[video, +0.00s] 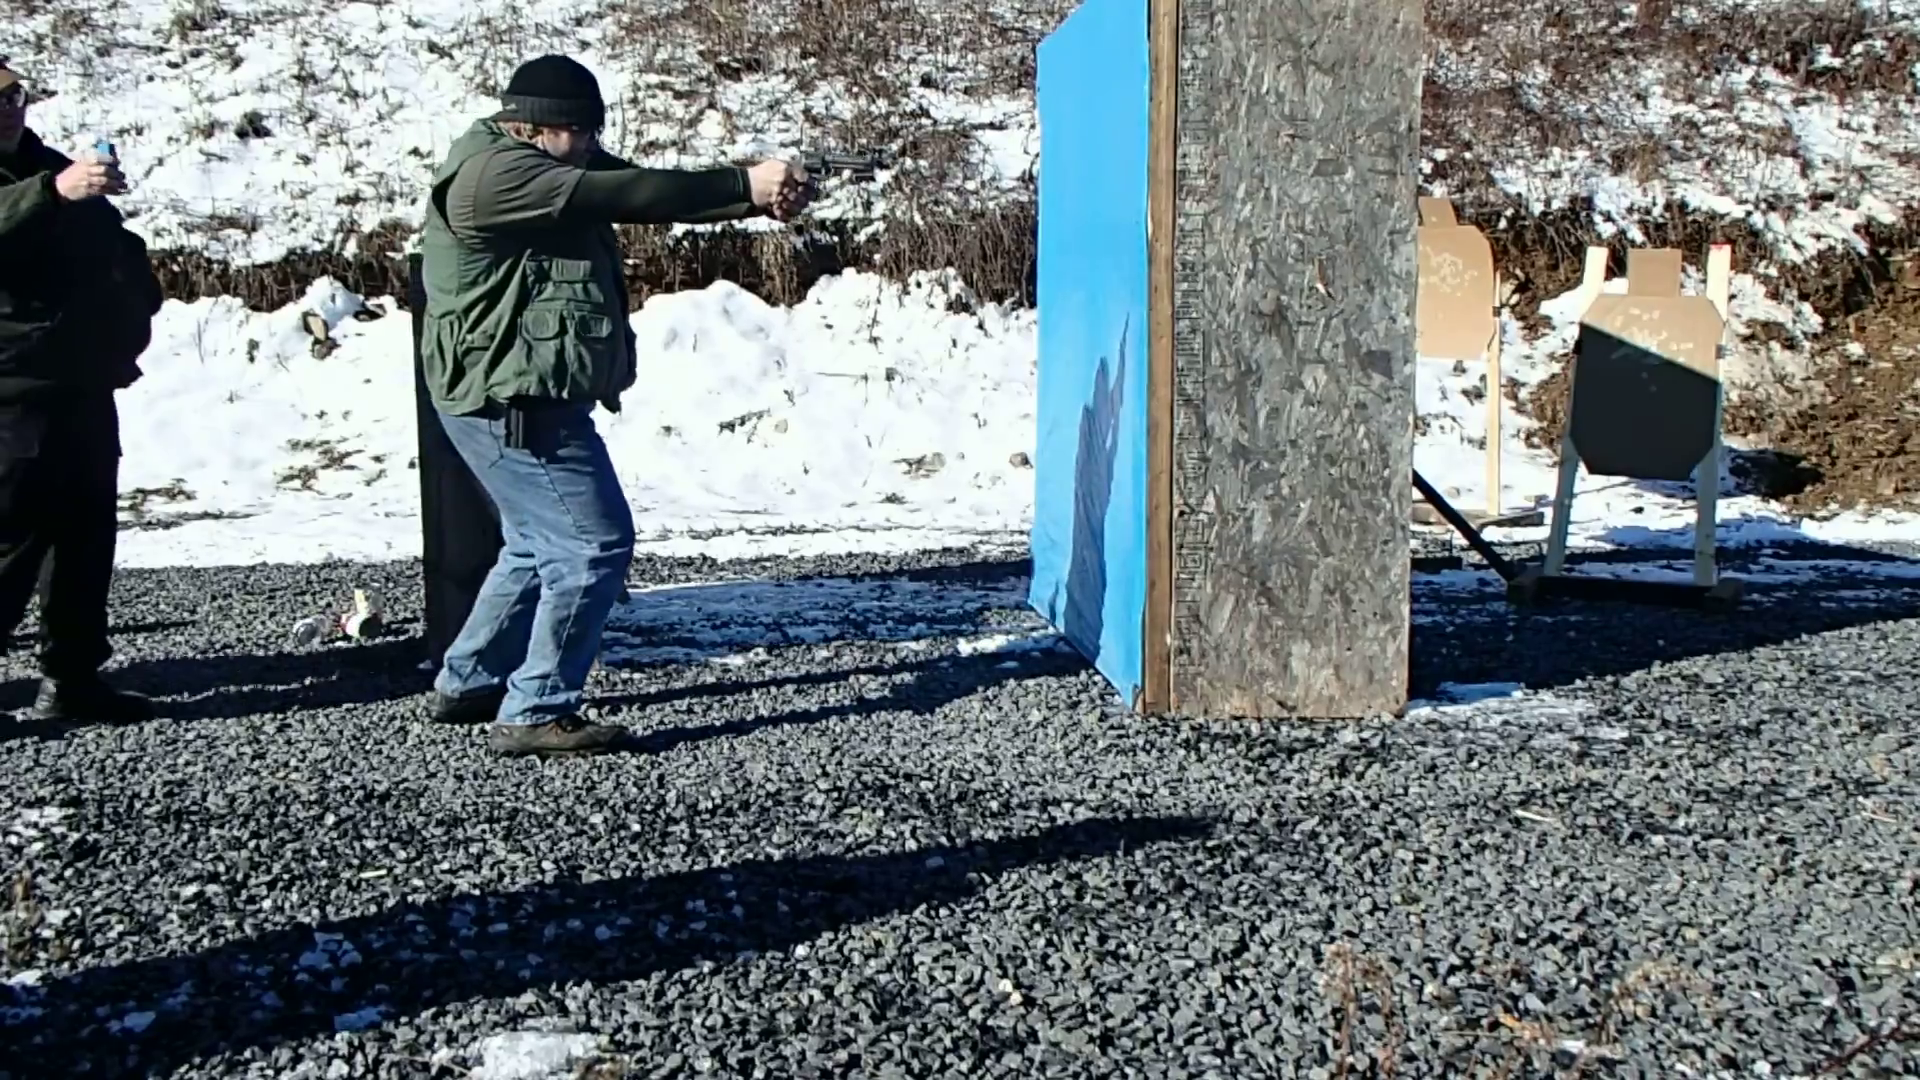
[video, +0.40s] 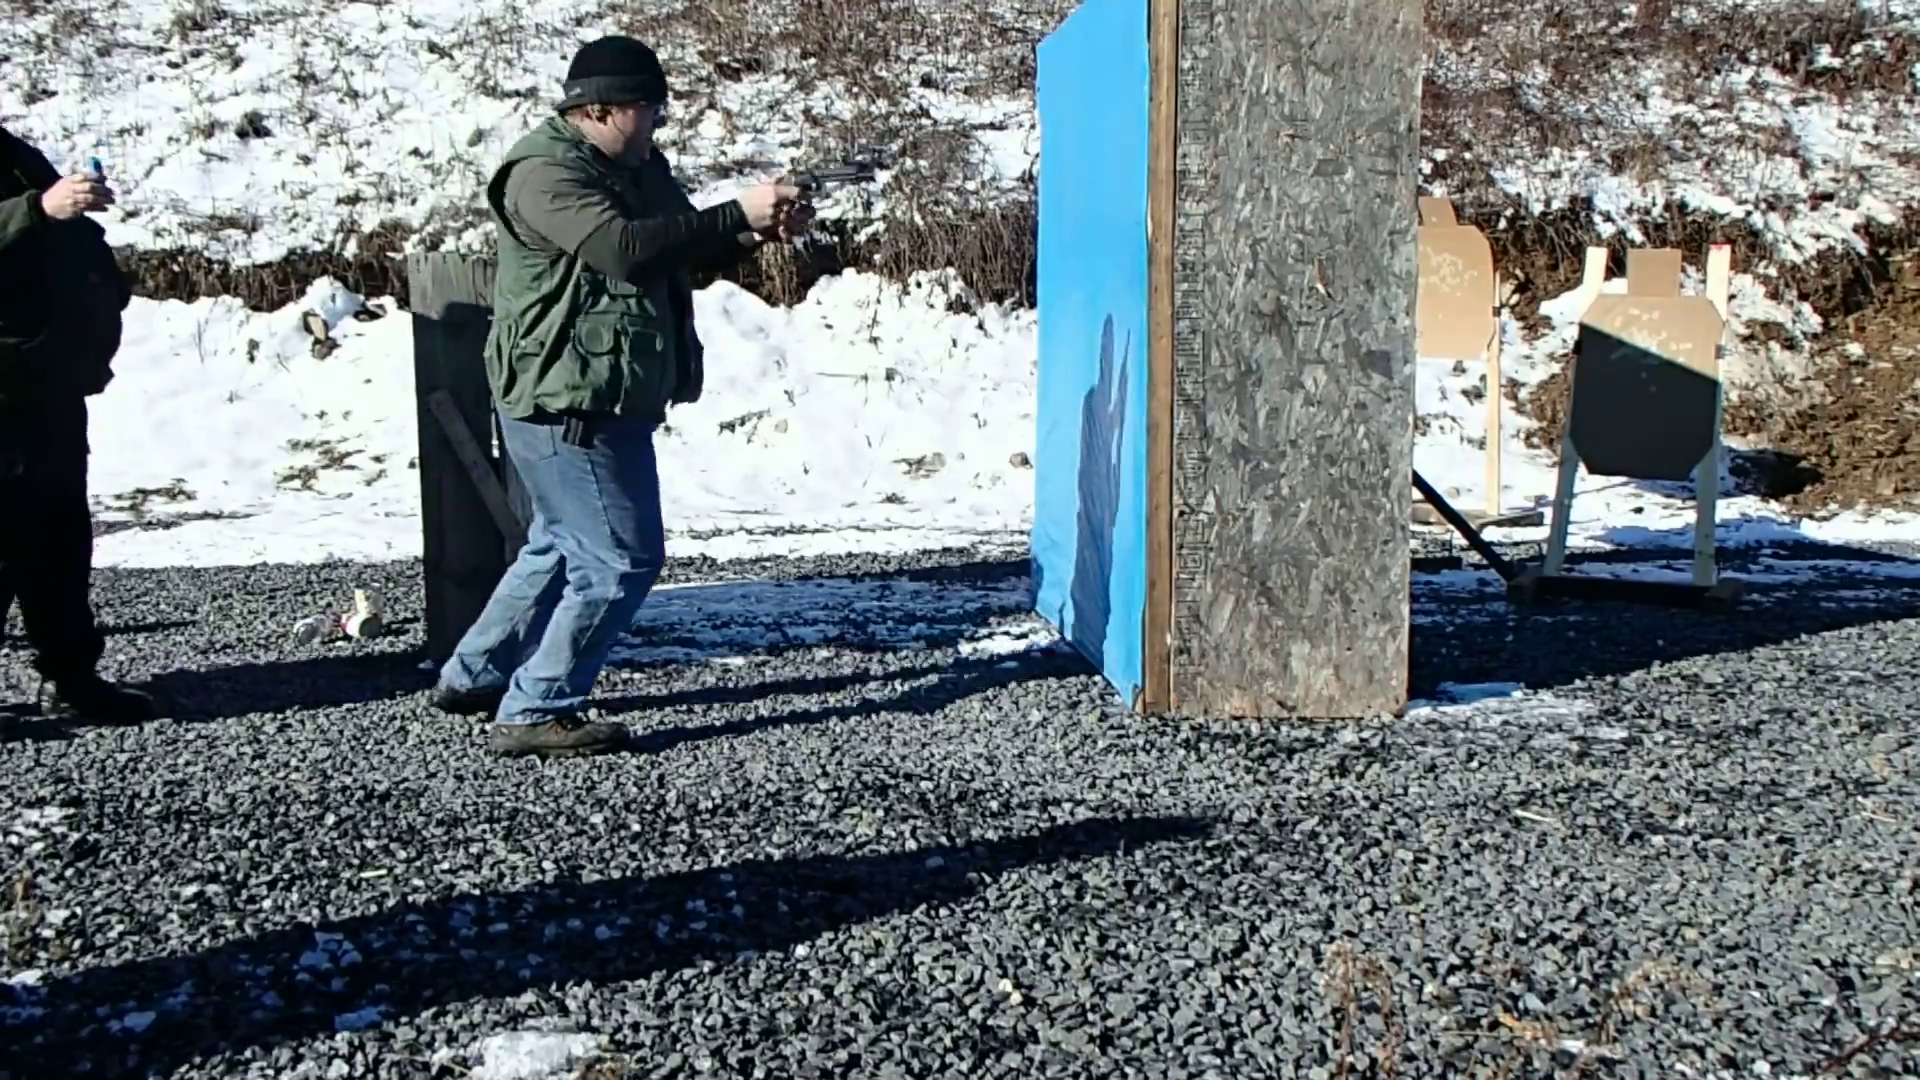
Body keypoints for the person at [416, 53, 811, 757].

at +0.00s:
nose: (594, 146)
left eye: (592, 131)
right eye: (584, 132)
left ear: (538, 125)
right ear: (543, 126)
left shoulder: (520, 165)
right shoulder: (498, 176)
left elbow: (636, 186)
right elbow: (625, 193)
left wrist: (747, 189)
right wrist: (748, 184)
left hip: (504, 395)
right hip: (513, 400)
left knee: (535, 544)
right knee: (596, 544)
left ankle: (466, 681)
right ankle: (538, 711)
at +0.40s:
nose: (660, 121)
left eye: (659, 109)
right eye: (652, 108)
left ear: (609, 111)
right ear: (608, 111)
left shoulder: (640, 169)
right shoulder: (544, 171)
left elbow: (687, 262)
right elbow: (622, 248)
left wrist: (747, 229)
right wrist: (734, 212)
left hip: (600, 402)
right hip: (563, 407)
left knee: (559, 544)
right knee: (622, 557)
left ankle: (470, 675)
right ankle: (538, 709)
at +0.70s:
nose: (795, 133)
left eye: (797, 119)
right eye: (789, 117)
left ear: (748, 115)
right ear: (749, 112)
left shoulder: (765, 181)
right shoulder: (699, 170)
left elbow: (763, 277)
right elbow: (684, 285)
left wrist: (818, 265)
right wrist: (794, 278)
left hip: (746, 410)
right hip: (688, 411)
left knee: (821, 507)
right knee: (671, 572)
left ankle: (843, 682)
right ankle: (536, 702)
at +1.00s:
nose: (941, 146)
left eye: (947, 133)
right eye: (936, 130)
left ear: (928, 125)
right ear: (896, 115)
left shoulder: (923, 181)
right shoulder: (838, 170)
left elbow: (927, 285)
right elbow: (827, 282)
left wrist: (965, 297)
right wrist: (939, 296)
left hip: (871, 386)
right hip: (818, 389)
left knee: (913, 516)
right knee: (947, 502)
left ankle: (892, 686)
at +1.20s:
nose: (998, 133)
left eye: (1003, 121)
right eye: (994, 117)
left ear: (966, 105)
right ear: (952, 101)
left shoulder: (966, 161)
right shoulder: (896, 154)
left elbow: (983, 258)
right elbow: (864, 270)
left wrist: (1013, 291)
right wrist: (977, 298)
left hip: (937, 380)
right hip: (898, 384)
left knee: (945, 535)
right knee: (1015, 506)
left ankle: (900, 690)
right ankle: (983, 696)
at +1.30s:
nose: (1028, 130)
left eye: (1032, 117)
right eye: (1024, 114)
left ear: (988, 99)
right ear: (982, 96)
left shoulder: (980, 154)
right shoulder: (928, 153)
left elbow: (1024, 253)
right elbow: (894, 269)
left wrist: (1036, 296)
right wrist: (1004, 303)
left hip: (951, 375)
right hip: (926, 381)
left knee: (961, 535)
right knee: (1023, 523)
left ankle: (901, 692)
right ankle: (1009, 711)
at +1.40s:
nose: (1055, 136)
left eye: (1062, 123)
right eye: (1052, 119)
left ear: (1012, 97)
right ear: (1012, 96)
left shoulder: (997, 150)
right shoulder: (954, 152)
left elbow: (1007, 253)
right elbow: (918, 269)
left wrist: (1067, 263)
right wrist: (1026, 310)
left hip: (956, 372)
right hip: (951, 380)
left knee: (975, 530)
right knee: (1035, 533)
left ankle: (905, 685)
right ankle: (1006, 712)